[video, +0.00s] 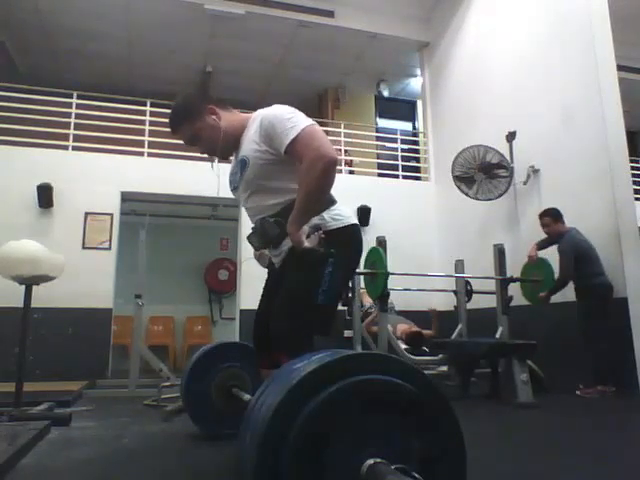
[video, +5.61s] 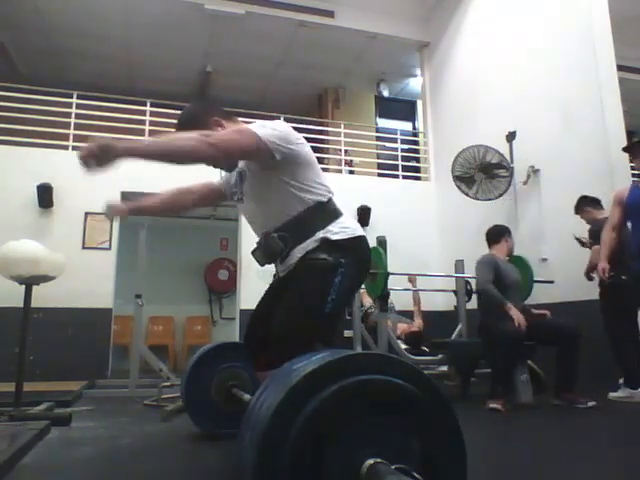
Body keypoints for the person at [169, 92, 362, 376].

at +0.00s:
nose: (200, 150)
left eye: (196, 139)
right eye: (192, 146)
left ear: (213, 115)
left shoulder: (272, 117)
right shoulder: (238, 168)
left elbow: (322, 158)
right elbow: (270, 212)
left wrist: (295, 225)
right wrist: (264, 245)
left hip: (326, 238)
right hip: (293, 252)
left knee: (292, 334)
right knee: (265, 337)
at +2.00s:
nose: (211, 135)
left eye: (206, 122)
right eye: (203, 128)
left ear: (225, 98)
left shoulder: (281, 109)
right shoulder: (252, 159)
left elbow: (335, 142)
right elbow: (286, 202)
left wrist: (312, 219)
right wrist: (275, 249)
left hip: (330, 230)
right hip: (300, 242)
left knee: (301, 333)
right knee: (278, 334)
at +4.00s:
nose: (202, 160)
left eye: (196, 151)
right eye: (194, 157)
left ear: (209, 125)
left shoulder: (267, 121)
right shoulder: (241, 173)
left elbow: (321, 156)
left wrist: (287, 223)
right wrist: (265, 235)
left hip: (330, 240)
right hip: (296, 255)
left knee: (299, 337)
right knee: (270, 340)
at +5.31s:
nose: (198, 161)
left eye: (194, 151)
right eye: (191, 157)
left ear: (210, 127)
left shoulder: (272, 130)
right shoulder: (241, 178)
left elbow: (276, 182)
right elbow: (236, 228)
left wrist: (263, 246)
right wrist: (223, 265)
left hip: (328, 245)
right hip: (296, 260)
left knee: (288, 337)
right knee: (258, 336)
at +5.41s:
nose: (200, 162)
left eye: (197, 151)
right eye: (193, 157)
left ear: (213, 126)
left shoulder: (272, 133)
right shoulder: (236, 175)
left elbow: (257, 174)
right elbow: (212, 219)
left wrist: (220, 216)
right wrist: (179, 262)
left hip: (330, 247)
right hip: (292, 263)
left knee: (290, 339)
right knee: (258, 338)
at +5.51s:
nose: (204, 157)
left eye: (201, 148)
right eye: (197, 154)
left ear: (215, 125)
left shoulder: (278, 134)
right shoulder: (241, 177)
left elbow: (227, 158)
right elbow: (204, 207)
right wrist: (150, 233)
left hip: (331, 250)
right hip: (294, 264)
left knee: (294, 342)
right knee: (257, 338)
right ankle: (283, 426)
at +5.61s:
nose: (208, 147)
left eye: (206, 140)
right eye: (201, 144)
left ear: (219, 123)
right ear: (213, 133)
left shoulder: (278, 134)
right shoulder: (238, 177)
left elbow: (210, 147)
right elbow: (188, 197)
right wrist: (131, 207)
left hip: (333, 251)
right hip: (296, 267)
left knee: (288, 346)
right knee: (257, 345)